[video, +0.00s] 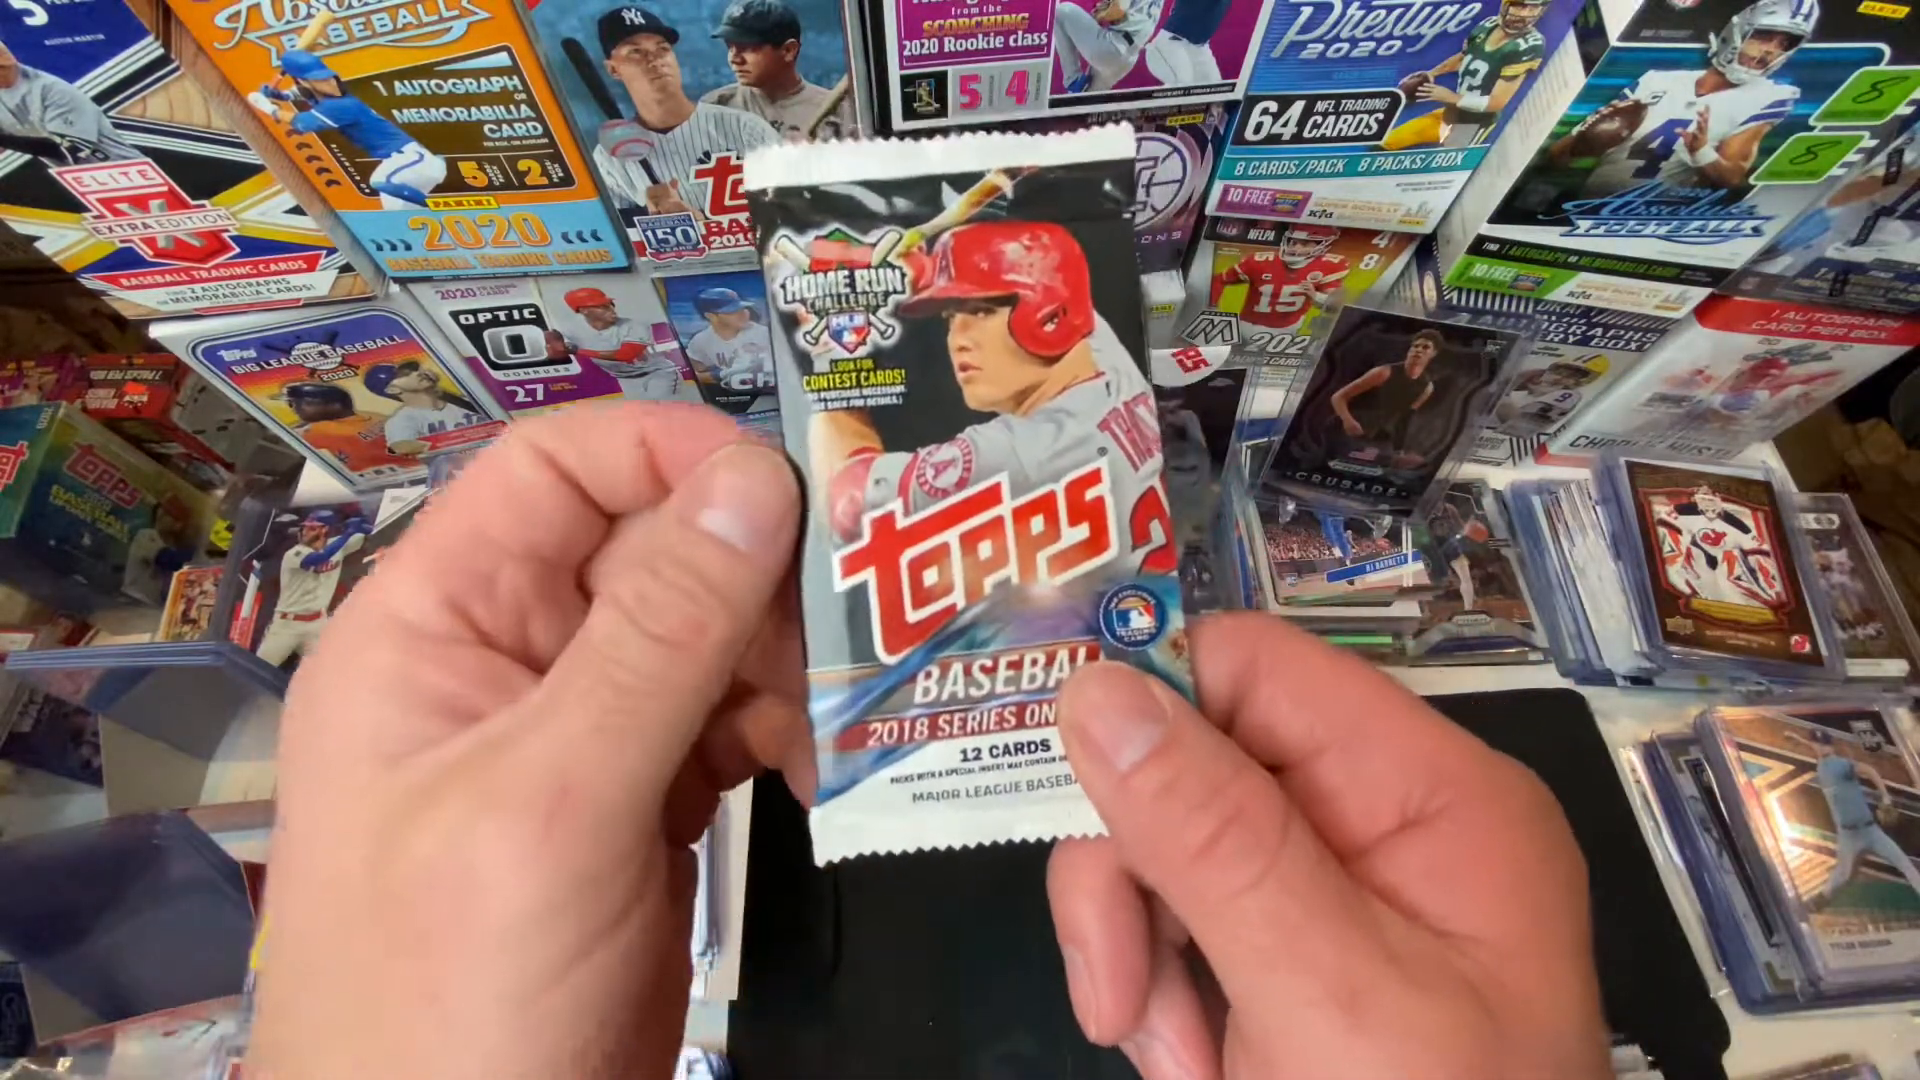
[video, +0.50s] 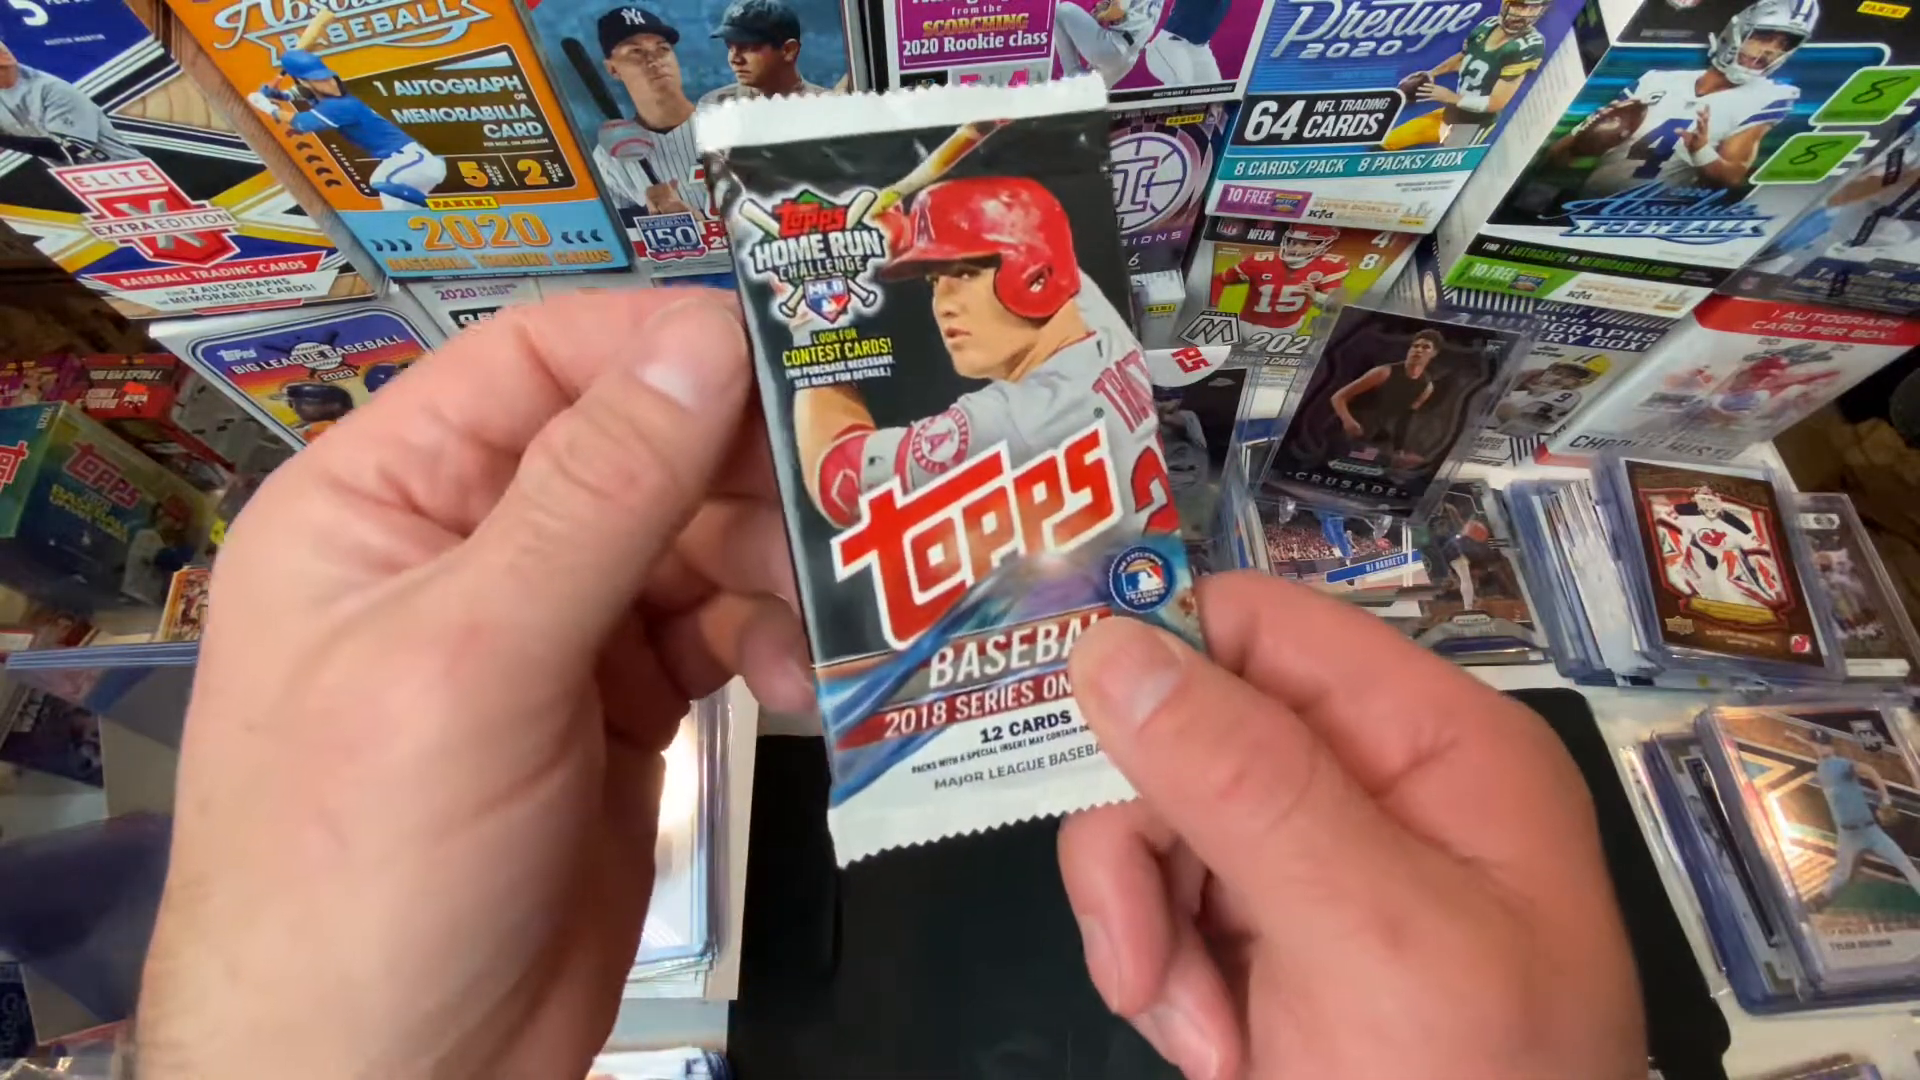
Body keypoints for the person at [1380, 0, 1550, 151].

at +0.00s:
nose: (1520, 13)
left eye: (1529, 7)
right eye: (1515, 5)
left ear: (1541, 11)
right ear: (1503, 4)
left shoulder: (1527, 47)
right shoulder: (1487, 26)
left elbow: (1496, 103)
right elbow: (1464, 57)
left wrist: (1450, 97)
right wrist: (1431, 73)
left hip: (1478, 123)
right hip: (1452, 111)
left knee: (1442, 172)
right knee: (1389, 141)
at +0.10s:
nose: (1519, 15)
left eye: (1529, 9)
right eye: (1515, 5)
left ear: (1541, 12)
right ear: (1504, 4)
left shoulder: (1527, 47)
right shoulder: (1487, 26)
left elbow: (1496, 103)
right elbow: (1463, 57)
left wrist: (1450, 97)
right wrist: (1431, 74)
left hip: (1477, 123)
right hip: (1451, 112)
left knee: (1442, 174)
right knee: (1389, 141)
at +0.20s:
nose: (1519, 14)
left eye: (1530, 8)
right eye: (1515, 5)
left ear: (1541, 11)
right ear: (1504, 4)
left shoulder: (1527, 47)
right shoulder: (1487, 26)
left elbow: (1496, 103)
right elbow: (1463, 57)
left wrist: (1450, 97)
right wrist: (1431, 74)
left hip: (1477, 123)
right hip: (1451, 111)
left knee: (1443, 175)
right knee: (1389, 141)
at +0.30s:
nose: (1520, 14)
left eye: (1530, 7)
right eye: (1516, 5)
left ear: (1541, 11)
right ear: (1504, 4)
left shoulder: (1527, 47)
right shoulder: (1487, 26)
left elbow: (1496, 103)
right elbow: (1463, 57)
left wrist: (1450, 97)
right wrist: (1431, 74)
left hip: (1477, 123)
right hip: (1451, 111)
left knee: (1443, 175)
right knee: (1389, 141)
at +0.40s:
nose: (1518, 13)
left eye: (1529, 7)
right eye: (1514, 4)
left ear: (1541, 10)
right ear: (1503, 3)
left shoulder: (1527, 47)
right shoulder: (1487, 26)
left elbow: (1496, 104)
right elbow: (1463, 58)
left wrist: (1450, 97)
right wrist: (1431, 73)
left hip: (1477, 124)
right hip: (1452, 111)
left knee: (1442, 175)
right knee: (1389, 141)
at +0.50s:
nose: (1518, 13)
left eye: (1529, 7)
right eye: (1514, 4)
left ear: (1541, 10)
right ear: (1503, 3)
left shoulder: (1527, 47)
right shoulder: (1487, 26)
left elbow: (1496, 104)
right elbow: (1463, 58)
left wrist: (1450, 97)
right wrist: (1431, 73)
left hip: (1477, 124)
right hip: (1452, 111)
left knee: (1442, 175)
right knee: (1389, 141)